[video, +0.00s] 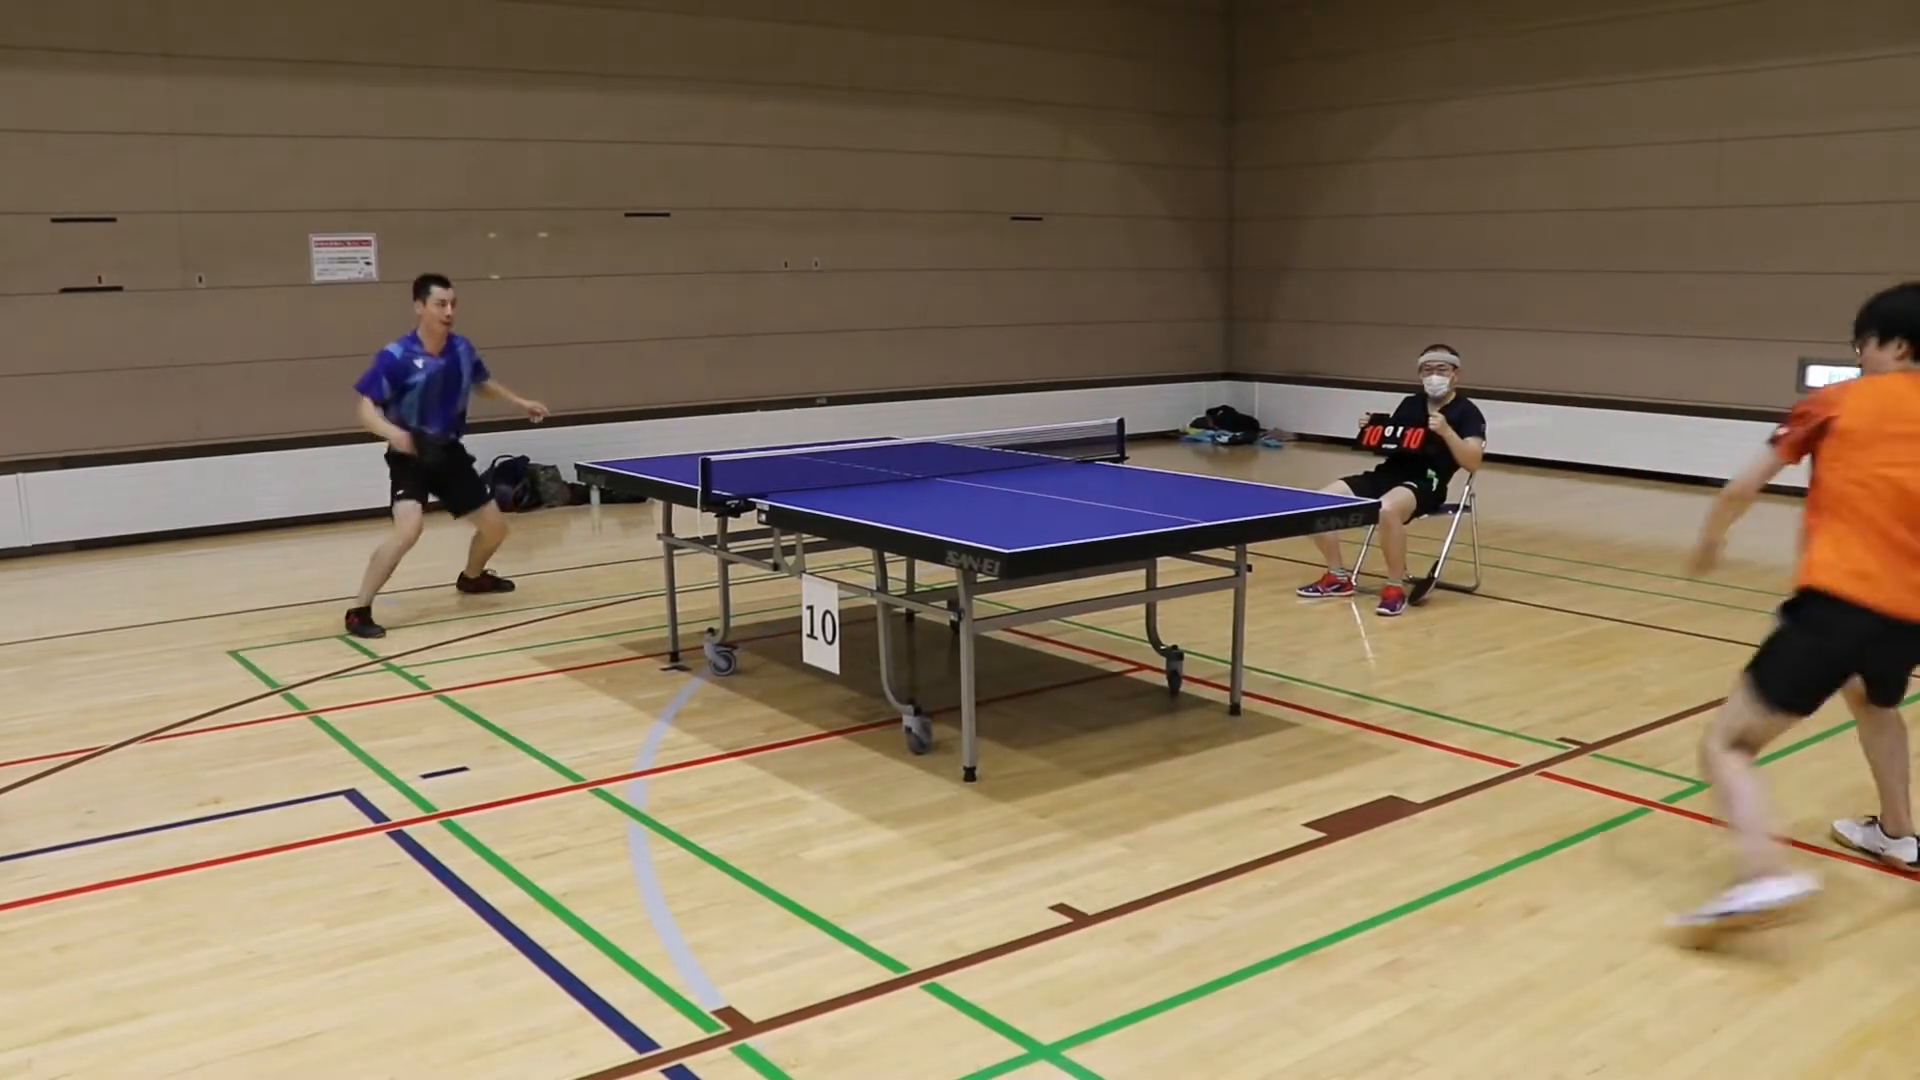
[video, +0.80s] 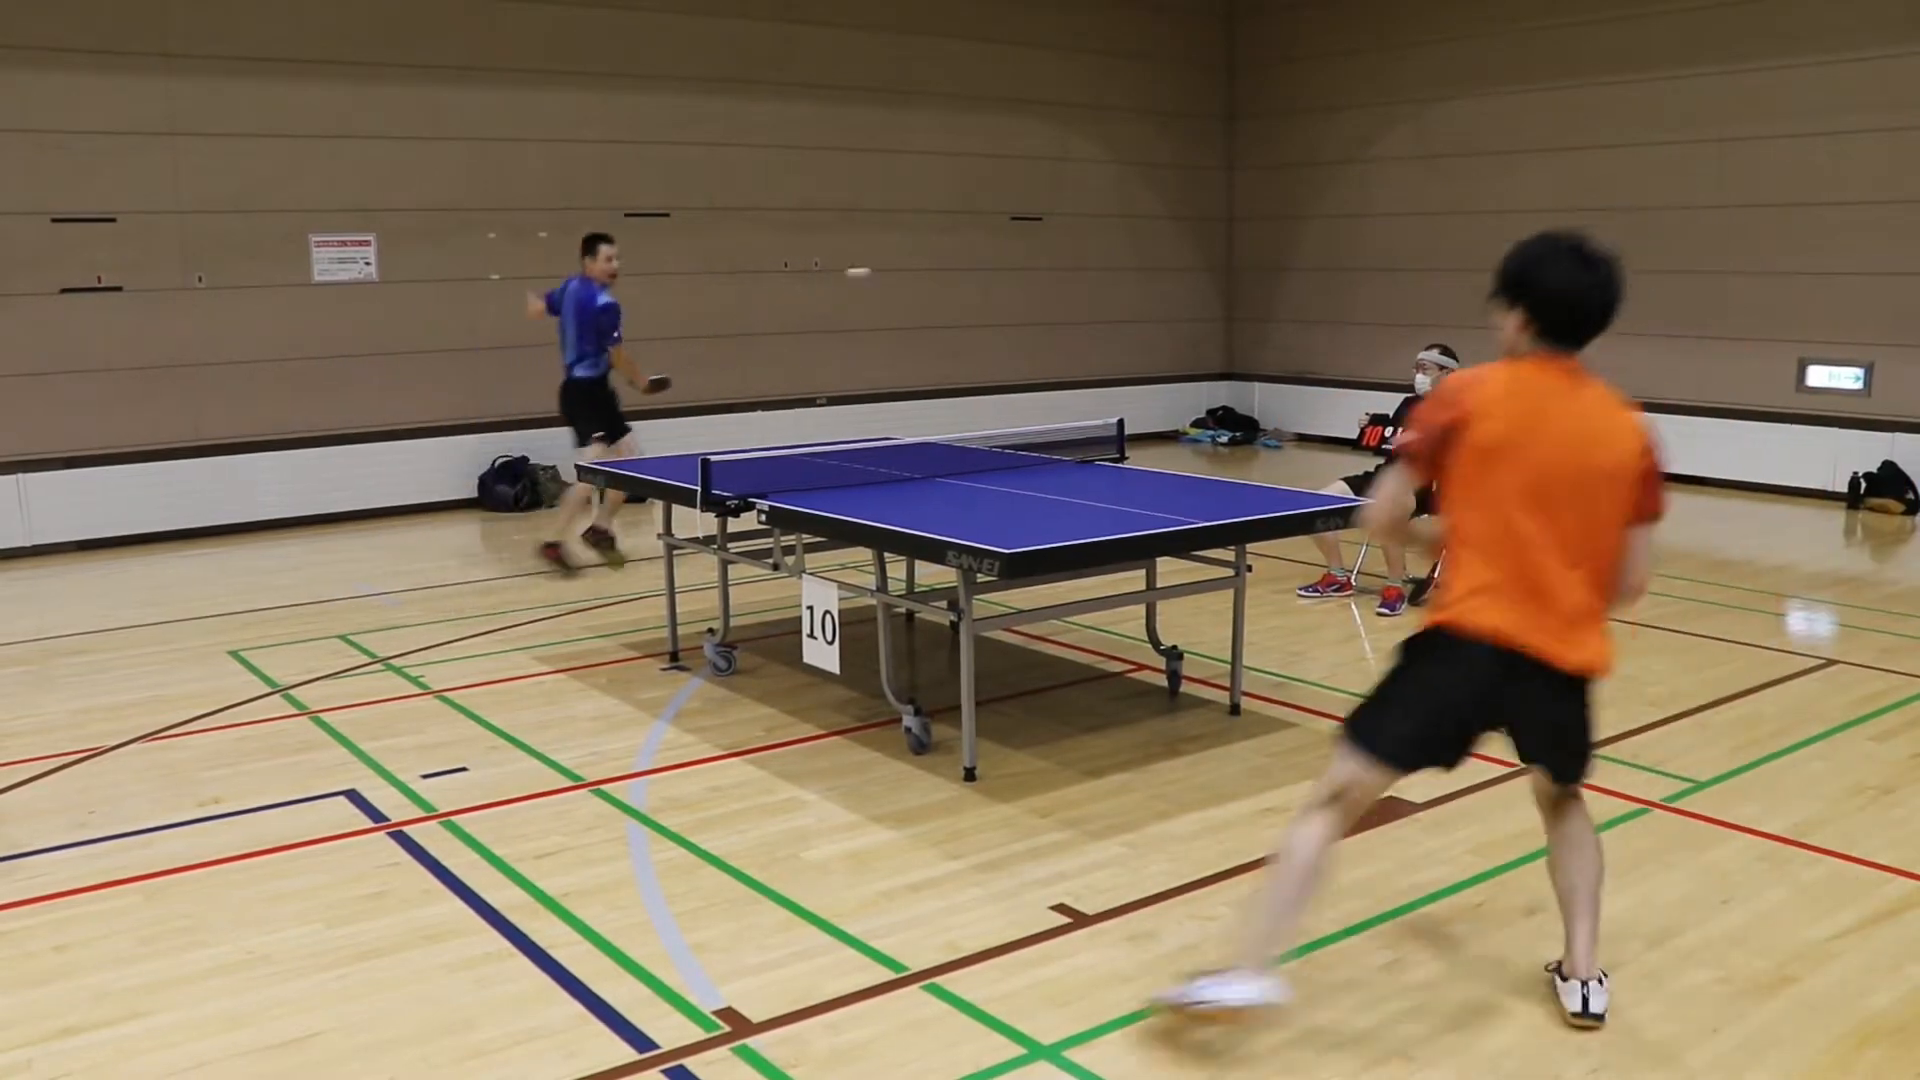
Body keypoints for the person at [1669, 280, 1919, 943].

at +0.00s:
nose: (1859, 357)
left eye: (1865, 345)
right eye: (1861, 345)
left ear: (1894, 347)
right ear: (1911, 349)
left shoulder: (1844, 400)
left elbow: (1746, 484)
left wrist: (1711, 538)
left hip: (1836, 604)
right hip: (1910, 614)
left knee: (1725, 742)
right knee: (1875, 699)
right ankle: (1898, 831)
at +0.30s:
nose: (1763, 352)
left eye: (1773, 343)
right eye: (1769, 341)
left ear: (1798, 360)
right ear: (1829, 361)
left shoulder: (1810, 451)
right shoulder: (1805, 402)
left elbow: (1743, 572)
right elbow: (1709, 355)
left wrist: (1679, 512)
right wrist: (1681, 315)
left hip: (1779, 647)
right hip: (1816, 631)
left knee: (1628, 750)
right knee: (1779, 729)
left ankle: (1747, 898)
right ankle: (1885, 829)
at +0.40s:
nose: (1694, 338)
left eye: (1702, 326)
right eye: (1697, 325)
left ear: (1729, 337)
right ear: (1752, 336)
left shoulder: (1779, 439)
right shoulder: (1717, 391)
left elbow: (1717, 569)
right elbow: (1612, 381)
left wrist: (1642, 501)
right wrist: (1592, 313)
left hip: (1757, 644)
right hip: (1747, 626)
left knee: (1625, 776)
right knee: (1794, 738)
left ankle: (1752, 903)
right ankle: (1862, 835)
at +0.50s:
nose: (1638, 296)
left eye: (1646, 283)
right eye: (1642, 281)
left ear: (1675, 295)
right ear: (1705, 296)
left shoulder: (1688, 383)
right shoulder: (1722, 366)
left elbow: (1645, 515)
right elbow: (1614, 433)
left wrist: (1614, 446)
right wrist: (1543, 383)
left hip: (1709, 615)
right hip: (1748, 602)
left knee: (1608, 775)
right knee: (1726, 724)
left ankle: (1745, 898)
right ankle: (1807, 853)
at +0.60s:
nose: (1594, 265)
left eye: (1601, 250)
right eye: (1596, 249)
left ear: (1627, 258)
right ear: (1680, 260)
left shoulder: (1621, 341)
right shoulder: (1712, 349)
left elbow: (1571, 470)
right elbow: (1672, 452)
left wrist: (1547, 436)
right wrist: (1565, 435)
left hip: (1623, 589)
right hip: (1691, 586)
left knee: (1547, 747)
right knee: (1633, 719)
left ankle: (1675, 889)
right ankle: (1702, 870)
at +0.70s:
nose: (1549, 278)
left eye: (1555, 263)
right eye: (1551, 263)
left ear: (1583, 271)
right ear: (1641, 277)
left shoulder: (1549, 352)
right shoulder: (1684, 381)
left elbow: (1475, 483)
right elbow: (1670, 514)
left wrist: (1523, 485)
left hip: (1538, 613)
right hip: (1630, 623)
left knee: (1432, 758)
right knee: (1587, 766)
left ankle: (1498, 913)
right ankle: (1592, 939)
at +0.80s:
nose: (1495, 317)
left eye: (1502, 304)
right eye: (1501, 303)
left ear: (1521, 315)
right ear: (1589, 325)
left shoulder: (1471, 392)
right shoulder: (1629, 428)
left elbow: (1381, 517)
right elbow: (1628, 583)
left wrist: (1444, 538)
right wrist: (1550, 569)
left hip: (1461, 644)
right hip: (1562, 662)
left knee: (1335, 796)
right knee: (1564, 798)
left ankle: (1251, 965)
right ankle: (1583, 978)